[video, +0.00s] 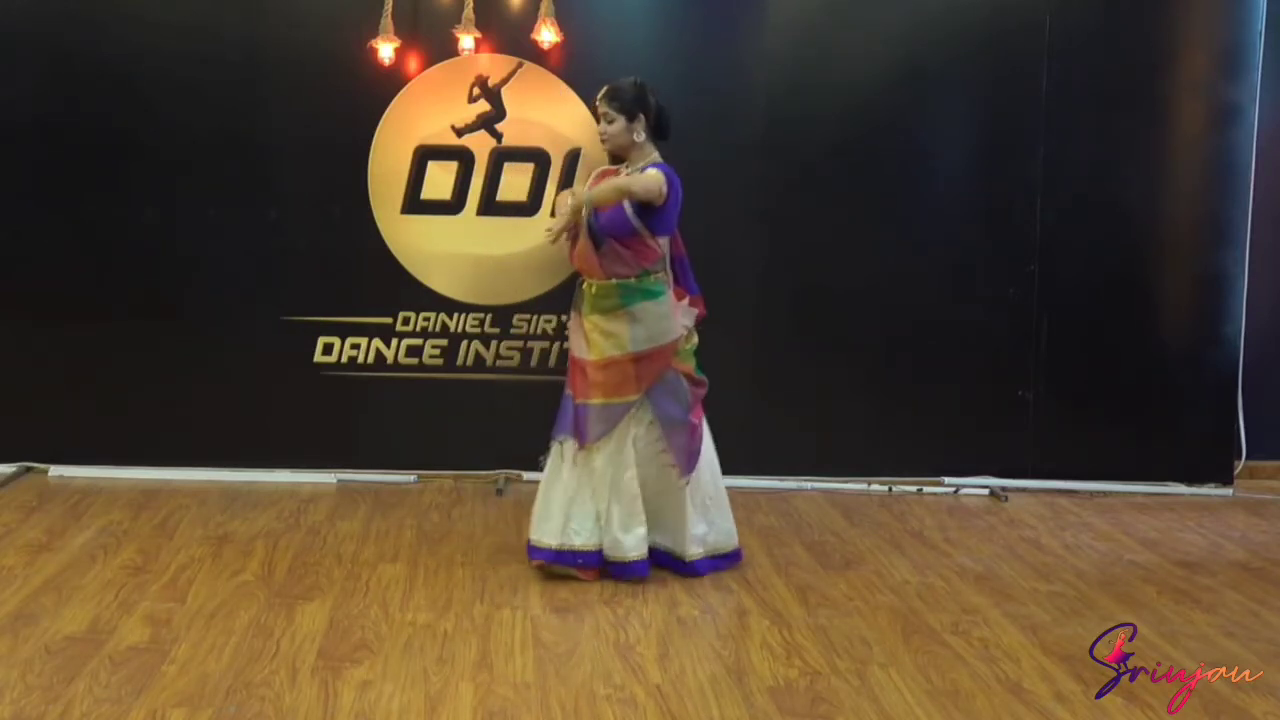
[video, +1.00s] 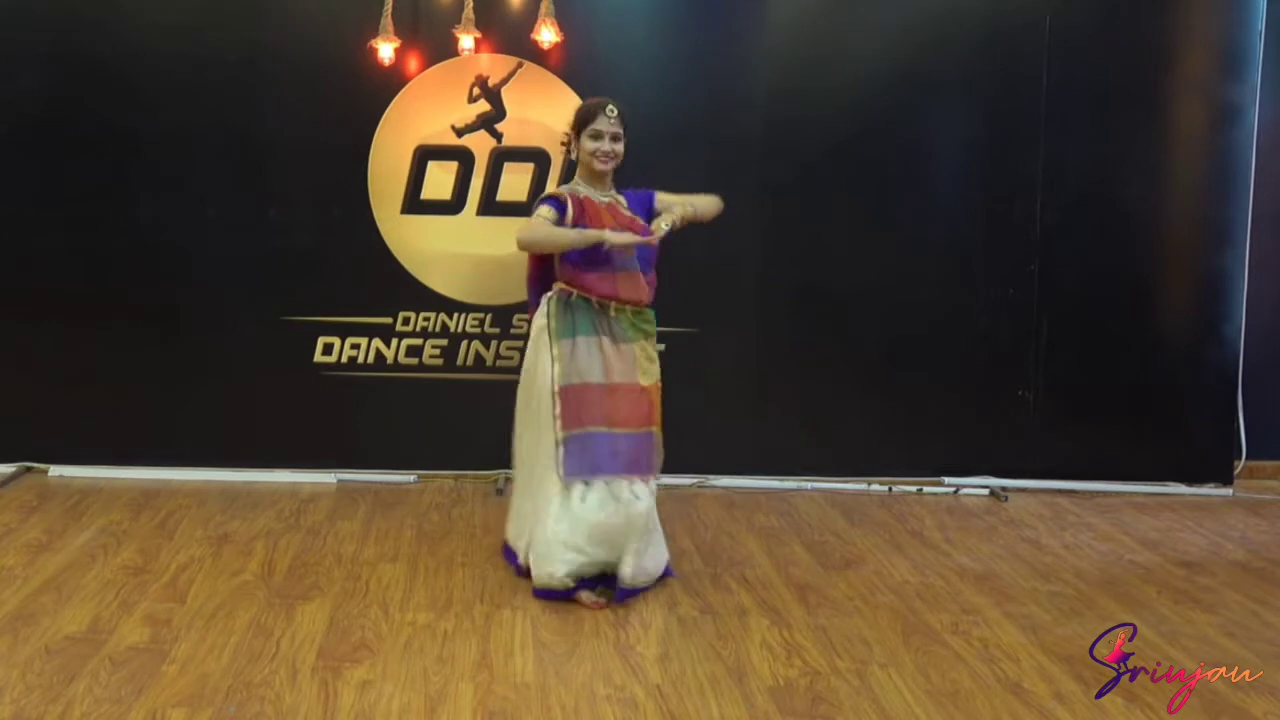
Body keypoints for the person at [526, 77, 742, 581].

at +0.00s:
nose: (601, 130)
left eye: (609, 121)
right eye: (599, 121)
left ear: (640, 122)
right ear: (606, 125)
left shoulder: (660, 176)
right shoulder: (605, 175)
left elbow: (630, 187)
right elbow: (582, 205)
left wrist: (580, 201)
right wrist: (572, 218)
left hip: (647, 318)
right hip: (598, 320)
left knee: (661, 429)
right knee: (596, 431)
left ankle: (681, 538)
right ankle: (596, 539)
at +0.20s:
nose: (603, 126)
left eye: (613, 117)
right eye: (601, 117)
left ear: (643, 120)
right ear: (604, 121)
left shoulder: (668, 174)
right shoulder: (604, 176)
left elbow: (644, 167)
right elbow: (589, 228)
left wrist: (601, 171)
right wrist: (570, 215)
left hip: (658, 319)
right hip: (605, 320)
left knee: (655, 431)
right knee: (603, 432)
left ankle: (649, 542)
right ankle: (603, 538)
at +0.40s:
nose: (602, 126)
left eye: (612, 118)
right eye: (600, 117)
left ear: (643, 123)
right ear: (602, 124)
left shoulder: (666, 174)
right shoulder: (591, 181)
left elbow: (665, 151)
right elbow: (538, 221)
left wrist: (613, 174)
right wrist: (555, 226)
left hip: (650, 324)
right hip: (595, 326)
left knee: (651, 432)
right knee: (598, 433)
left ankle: (655, 541)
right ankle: (601, 538)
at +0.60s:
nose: (604, 135)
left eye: (616, 128)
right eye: (599, 126)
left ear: (638, 138)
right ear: (590, 133)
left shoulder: (660, 196)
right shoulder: (571, 198)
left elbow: (711, 155)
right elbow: (510, 235)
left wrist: (644, 180)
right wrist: (557, 235)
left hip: (635, 339)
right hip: (578, 337)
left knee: (617, 443)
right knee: (581, 443)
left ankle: (602, 557)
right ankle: (581, 548)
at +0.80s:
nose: (606, 145)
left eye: (616, 137)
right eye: (597, 136)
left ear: (631, 146)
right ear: (582, 143)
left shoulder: (654, 200)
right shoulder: (564, 206)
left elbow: (728, 176)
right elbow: (510, 243)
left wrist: (673, 197)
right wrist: (576, 241)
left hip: (633, 341)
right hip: (573, 339)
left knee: (617, 450)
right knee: (576, 449)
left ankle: (598, 564)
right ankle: (570, 565)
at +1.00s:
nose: (607, 146)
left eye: (615, 138)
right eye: (596, 137)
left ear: (624, 145)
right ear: (576, 142)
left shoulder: (638, 201)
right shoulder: (563, 201)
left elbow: (714, 204)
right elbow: (528, 236)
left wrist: (680, 211)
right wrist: (601, 235)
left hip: (629, 339)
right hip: (571, 338)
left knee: (627, 445)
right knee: (575, 447)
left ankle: (618, 561)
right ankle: (569, 566)